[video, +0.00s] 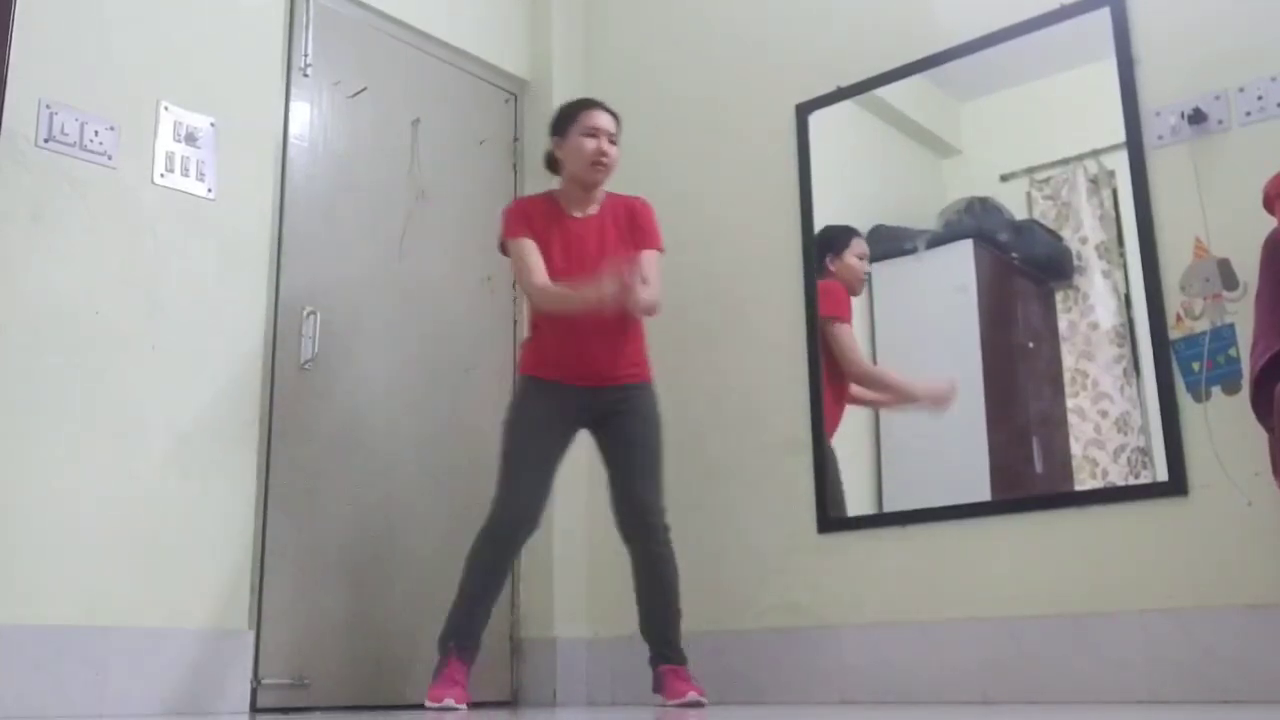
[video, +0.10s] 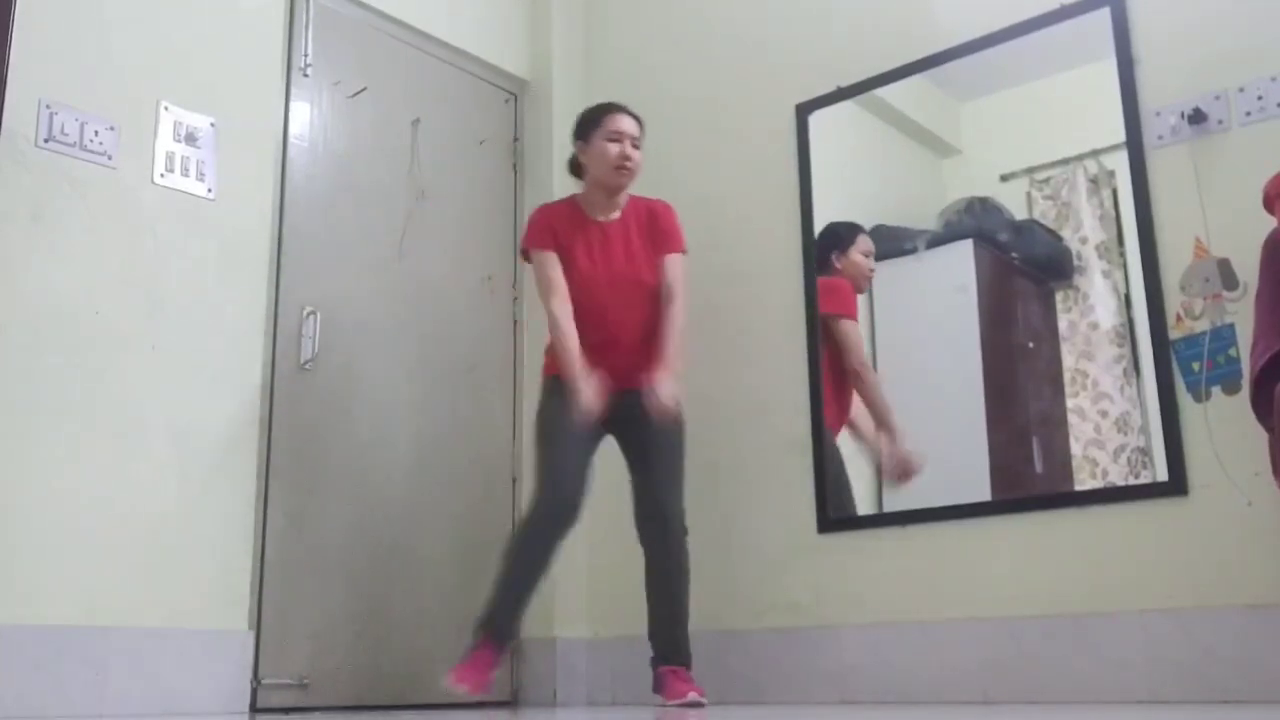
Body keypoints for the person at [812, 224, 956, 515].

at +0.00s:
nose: (867, 269)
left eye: (867, 261)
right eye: (860, 258)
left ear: (834, 264)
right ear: (832, 262)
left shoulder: (821, 296)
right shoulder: (829, 289)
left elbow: (845, 391)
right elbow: (854, 368)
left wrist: (910, 399)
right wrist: (922, 392)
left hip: (815, 440)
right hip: (810, 440)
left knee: (831, 529)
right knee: (832, 530)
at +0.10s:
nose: (873, 266)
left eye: (873, 258)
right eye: (866, 255)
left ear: (838, 261)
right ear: (838, 259)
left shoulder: (820, 292)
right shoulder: (835, 287)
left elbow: (842, 393)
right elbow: (856, 367)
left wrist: (882, 450)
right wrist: (892, 437)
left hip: (818, 439)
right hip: (815, 439)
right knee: (842, 529)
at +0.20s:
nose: (879, 261)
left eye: (878, 253)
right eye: (871, 251)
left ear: (843, 256)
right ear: (844, 254)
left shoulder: (817, 284)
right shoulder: (839, 283)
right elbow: (836, 359)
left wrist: (844, 433)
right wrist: (846, 432)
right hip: (824, 432)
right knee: (855, 515)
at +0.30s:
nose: (883, 255)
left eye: (881, 245)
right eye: (876, 244)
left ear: (850, 248)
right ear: (850, 247)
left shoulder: (819, 277)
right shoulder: (846, 273)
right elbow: (823, 313)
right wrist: (818, 399)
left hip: (828, 424)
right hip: (826, 424)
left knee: (864, 519)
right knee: (863, 519)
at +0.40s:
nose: (882, 253)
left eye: (881, 243)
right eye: (876, 242)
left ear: (853, 245)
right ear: (851, 245)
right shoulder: (852, 268)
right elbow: (818, 286)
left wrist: (847, 431)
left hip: (835, 416)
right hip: (828, 412)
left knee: (858, 511)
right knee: (848, 511)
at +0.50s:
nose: (881, 254)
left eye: (879, 245)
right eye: (875, 244)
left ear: (852, 246)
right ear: (851, 247)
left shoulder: (826, 274)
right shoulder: (854, 270)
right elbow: (823, 285)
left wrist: (849, 428)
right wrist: (811, 339)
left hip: (833, 411)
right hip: (832, 410)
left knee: (851, 506)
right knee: (845, 509)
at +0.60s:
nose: (877, 255)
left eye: (876, 246)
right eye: (872, 245)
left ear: (846, 248)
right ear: (850, 247)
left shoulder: (820, 276)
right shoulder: (849, 274)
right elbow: (831, 320)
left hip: (820, 415)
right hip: (837, 415)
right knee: (849, 514)